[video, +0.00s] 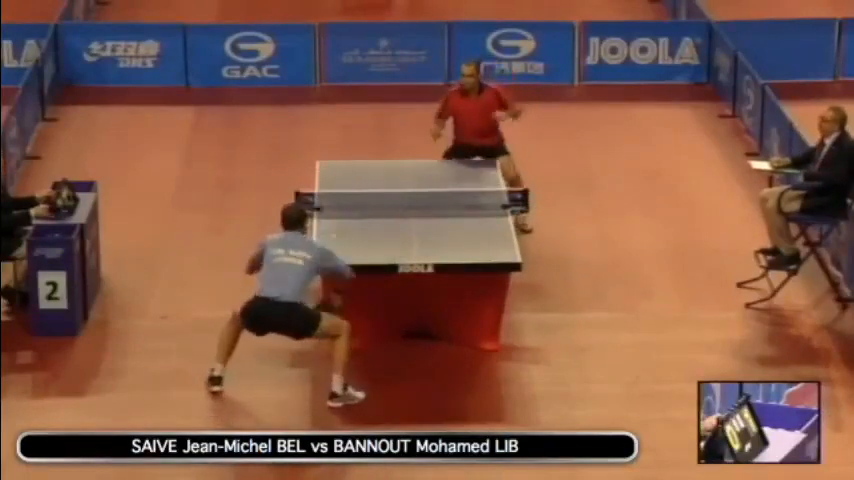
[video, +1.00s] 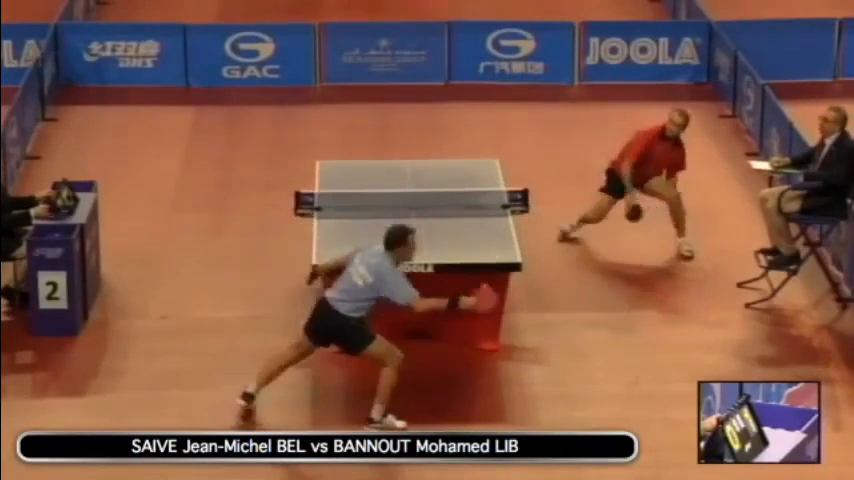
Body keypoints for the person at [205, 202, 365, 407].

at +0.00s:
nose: (307, 221)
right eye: (306, 219)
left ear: (282, 223)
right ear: (305, 223)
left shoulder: (270, 243)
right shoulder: (315, 249)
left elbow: (250, 269)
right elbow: (347, 274)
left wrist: (272, 253)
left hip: (260, 308)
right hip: (293, 313)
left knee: (236, 320)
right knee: (342, 328)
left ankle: (217, 372)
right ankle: (338, 389)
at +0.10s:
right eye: (302, 210)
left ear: (280, 218)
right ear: (302, 216)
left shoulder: (273, 240)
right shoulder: (317, 240)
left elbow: (245, 269)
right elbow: (350, 252)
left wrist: (261, 256)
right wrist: (358, 232)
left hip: (268, 306)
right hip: (300, 309)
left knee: (240, 324)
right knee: (345, 327)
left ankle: (217, 373)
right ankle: (339, 388)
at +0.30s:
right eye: (297, 194)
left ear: (276, 200)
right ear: (298, 198)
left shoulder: (264, 225)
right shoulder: (310, 225)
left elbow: (251, 261)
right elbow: (333, 262)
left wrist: (243, 277)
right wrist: (352, 268)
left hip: (269, 292)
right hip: (302, 293)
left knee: (242, 325)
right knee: (344, 325)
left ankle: (225, 379)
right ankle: (346, 384)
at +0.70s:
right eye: (331, 199)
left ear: (306, 200)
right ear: (329, 202)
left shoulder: (290, 224)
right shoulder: (330, 231)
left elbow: (271, 260)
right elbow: (338, 275)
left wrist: (278, 285)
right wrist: (361, 290)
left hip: (285, 295)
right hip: (314, 298)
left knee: (265, 337)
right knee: (361, 341)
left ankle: (238, 391)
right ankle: (375, 404)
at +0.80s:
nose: (349, 223)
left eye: (349, 218)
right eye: (348, 218)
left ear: (324, 215)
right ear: (344, 220)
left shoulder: (302, 238)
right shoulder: (337, 246)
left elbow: (282, 271)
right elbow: (345, 290)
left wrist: (280, 300)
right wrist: (376, 310)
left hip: (290, 308)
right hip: (319, 313)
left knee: (269, 348)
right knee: (369, 350)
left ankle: (237, 399)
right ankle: (377, 413)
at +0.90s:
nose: (391, 241)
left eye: (390, 237)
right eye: (390, 237)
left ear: (367, 234)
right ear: (383, 240)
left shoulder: (346, 249)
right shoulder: (368, 264)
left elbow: (318, 269)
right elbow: (385, 303)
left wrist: (295, 288)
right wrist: (422, 307)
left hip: (307, 316)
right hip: (331, 327)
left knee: (283, 353)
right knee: (384, 355)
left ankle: (240, 394)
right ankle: (377, 416)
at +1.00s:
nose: (413, 249)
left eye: (412, 244)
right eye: (411, 245)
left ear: (391, 243)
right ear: (401, 248)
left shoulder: (372, 252)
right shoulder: (387, 271)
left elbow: (346, 260)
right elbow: (417, 304)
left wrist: (324, 269)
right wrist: (457, 302)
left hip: (323, 312)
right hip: (345, 325)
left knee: (296, 352)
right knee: (394, 359)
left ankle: (251, 390)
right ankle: (378, 416)